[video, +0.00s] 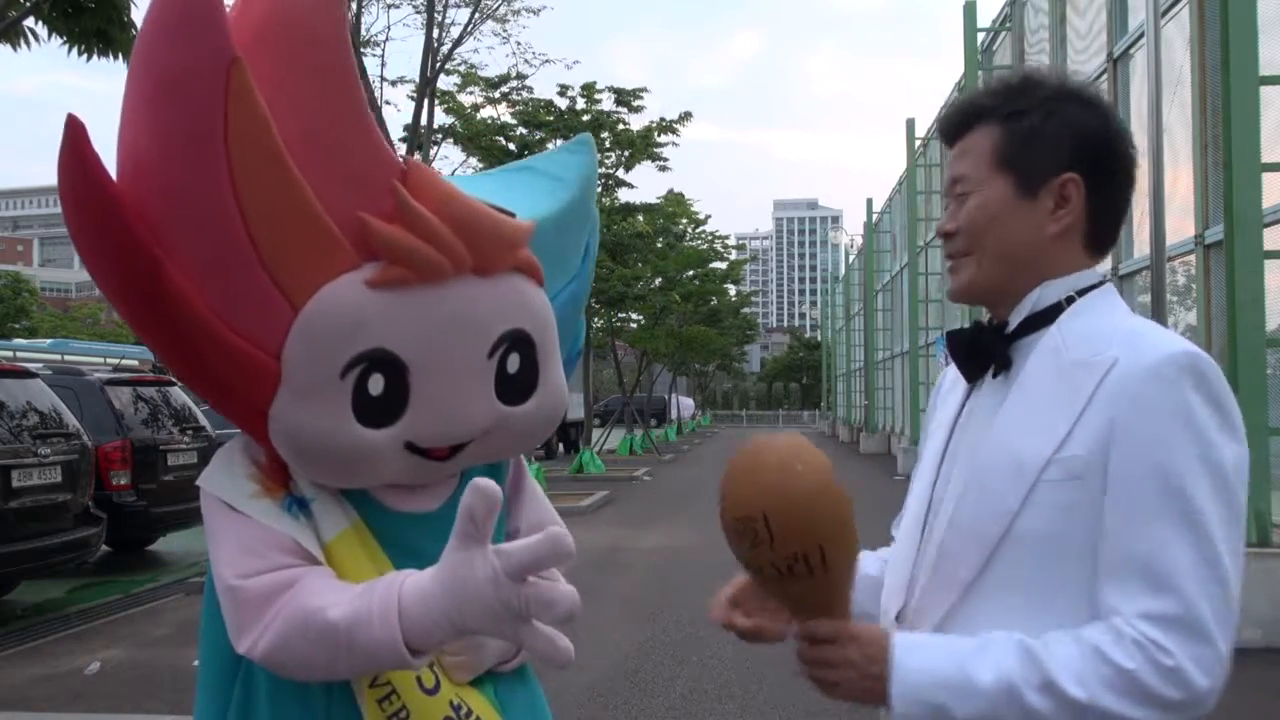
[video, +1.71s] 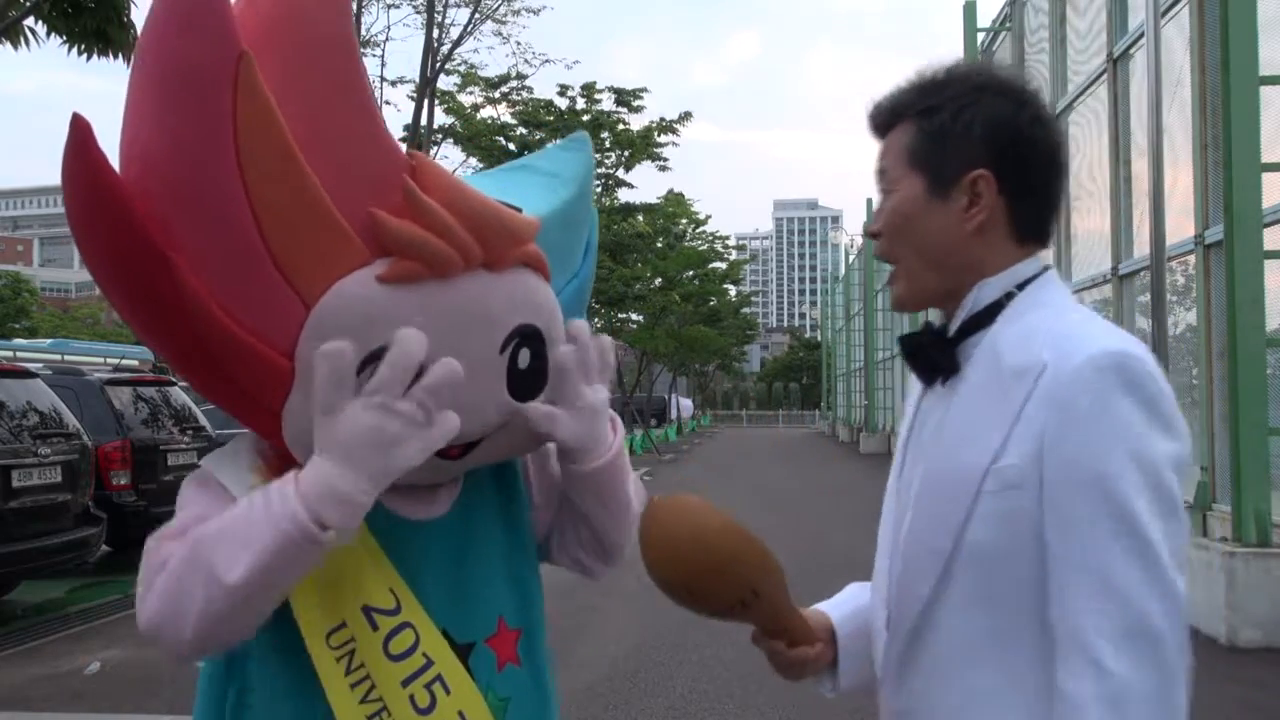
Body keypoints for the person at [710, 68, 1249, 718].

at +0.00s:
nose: (942, 225)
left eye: (962, 194)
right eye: (945, 201)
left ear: (1059, 203)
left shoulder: (1155, 375)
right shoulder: (965, 371)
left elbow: (1172, 665)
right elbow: (927, 572)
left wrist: (903, 672)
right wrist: (808, 592)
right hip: (915, 715)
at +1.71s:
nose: (871, 228)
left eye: (887, 191)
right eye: (879, 195)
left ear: (974, 199)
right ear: (970, 202)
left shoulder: (1092, 373)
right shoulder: (947, 365)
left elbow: (1125, 680)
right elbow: (940, 582)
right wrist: (834, 631)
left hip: (1011, 707)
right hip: (915, 706)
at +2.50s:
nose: (935, 222)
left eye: (954, 186)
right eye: (943, 190)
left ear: (1042, 198)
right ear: (1035, 200)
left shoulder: (1142, 356)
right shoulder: (1011, 356)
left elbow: (1139, 668)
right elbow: (964, 551)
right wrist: (823, 574)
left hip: (1020, 705)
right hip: (931, 701)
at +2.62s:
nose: (979, 226)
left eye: (996, 190)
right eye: (985, 194)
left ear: (1090, 203)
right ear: (1085, 205)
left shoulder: (1159, 373)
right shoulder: (1074, 354)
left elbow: (1131, 691)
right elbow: (931, 458)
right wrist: (800, 379)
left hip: (1011, 708)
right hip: (934, 696)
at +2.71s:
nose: (998, 234)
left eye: (1017, 198)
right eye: (1007, 202)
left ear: (1115, 208)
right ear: (1114, 211)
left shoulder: (1158, 385)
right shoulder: (1093, 356)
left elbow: (1134, 700)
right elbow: (949, 369)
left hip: (990, 706)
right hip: (932, 699)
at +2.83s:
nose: (999, 228)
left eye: (1019, 195)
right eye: (1008, 199)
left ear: (1118, 208)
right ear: (1117, 211)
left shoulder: (1153, 390)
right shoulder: (1076, 351)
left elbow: (1143, 701)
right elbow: (988, 288)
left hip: (986, 704)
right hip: (930, 696)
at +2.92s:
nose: (993, 223)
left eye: (1011, 189)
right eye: (1002, 191)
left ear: (1109, 204)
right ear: (1108, 207)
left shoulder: (1149, 389)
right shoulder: (1085, 347)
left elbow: (1141, 700)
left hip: (985, 704)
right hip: (923, 694)